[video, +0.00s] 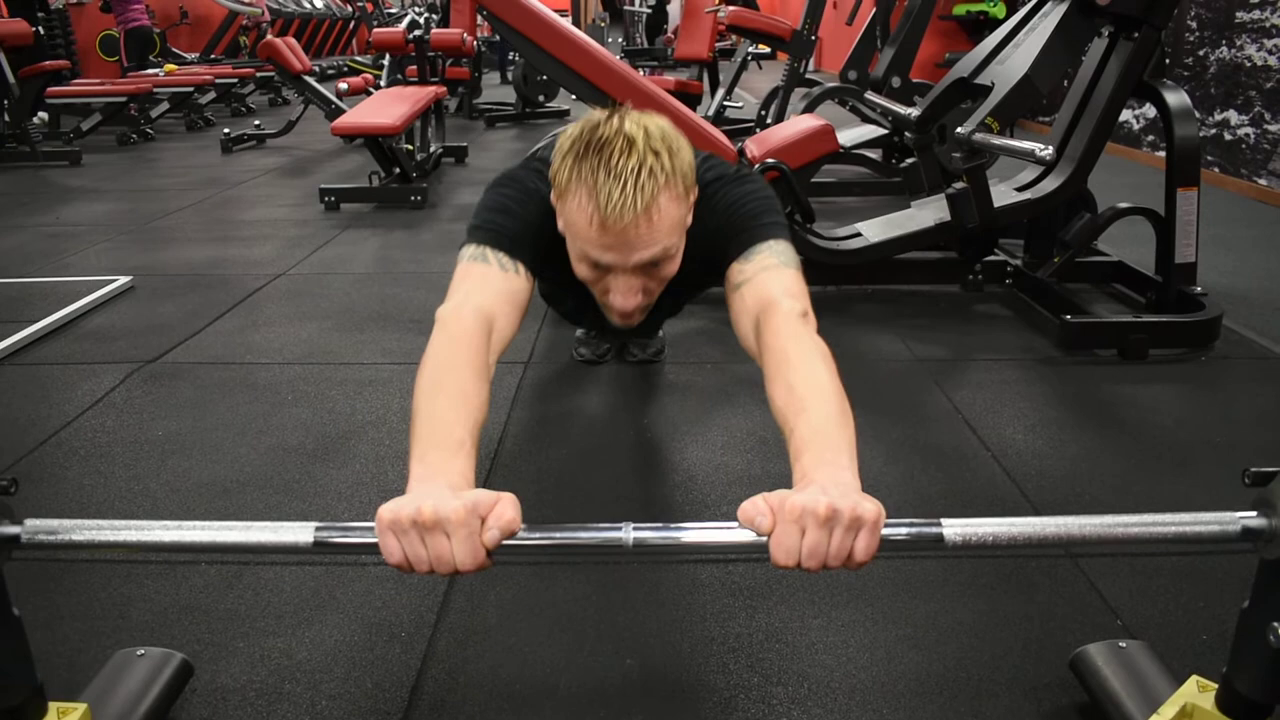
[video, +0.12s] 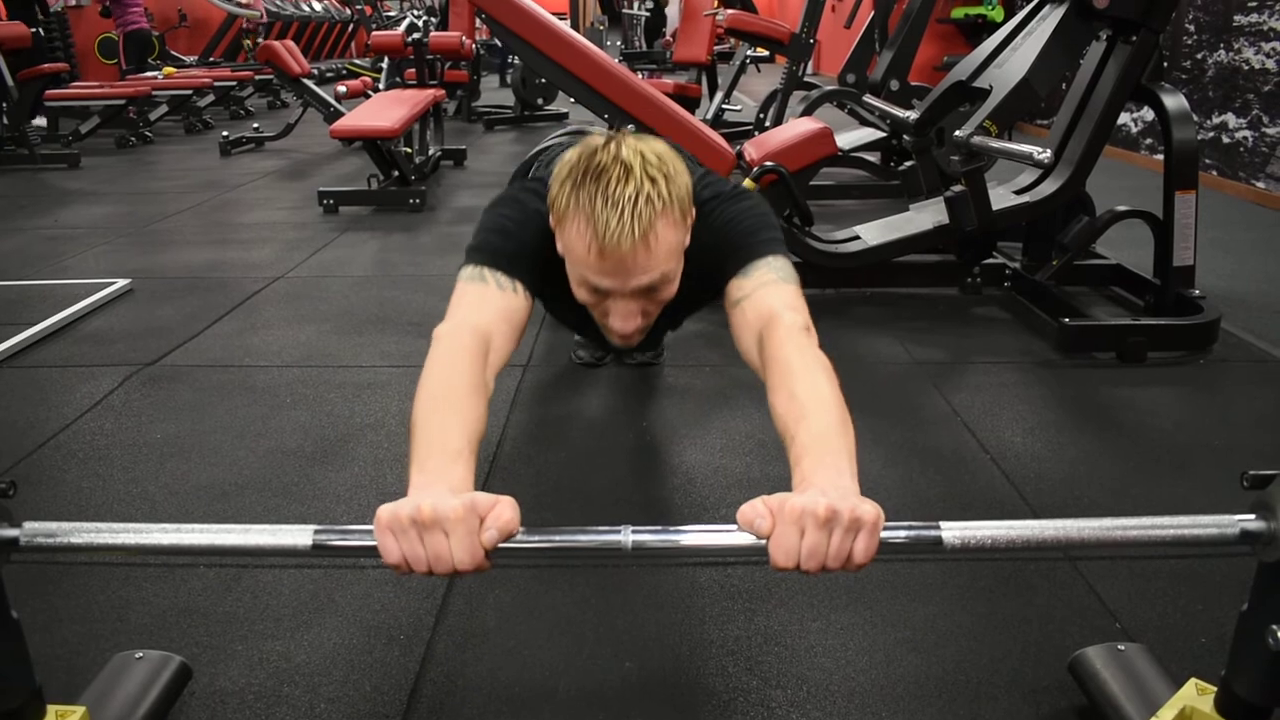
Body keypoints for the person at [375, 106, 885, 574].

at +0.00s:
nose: (626, 294)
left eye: (651, 266)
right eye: (601, 268)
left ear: (689, 209)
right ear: (559, 213)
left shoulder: (733, 197)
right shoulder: (522, 200)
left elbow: (783, 321)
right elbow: (467, 323)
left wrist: (829, 483)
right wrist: (436, 489)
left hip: (671, 295)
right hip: (568, 295)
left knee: (647, 335)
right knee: (589, 332)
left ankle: (642, 343)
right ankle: (595, 342)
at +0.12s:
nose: (625, 319)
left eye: (650, 289)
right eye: (599, 291)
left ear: (684, 234)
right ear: (560, 237)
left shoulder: (729, 211)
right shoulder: (526, 212)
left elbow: (783, 333)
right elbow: (467, 339)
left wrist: (828, 488)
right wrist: (437, 490)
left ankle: (640, 344)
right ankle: (589, 342)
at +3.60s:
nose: (613, 120)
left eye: (642, 81)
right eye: (581, 84)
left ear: (681, 55)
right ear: (542, 62)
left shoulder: (729, 97)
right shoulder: (503, 97)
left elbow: (783, 242)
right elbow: (456, 247)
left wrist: (820, 434)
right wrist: (439, 434)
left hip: (655, 221)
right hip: (565, 225)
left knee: (643, 253)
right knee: (584, 255)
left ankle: (640, 278)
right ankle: (596, 274)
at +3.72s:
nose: (611, 118)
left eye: (640, 79)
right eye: (578, 82)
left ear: (679, 54)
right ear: (539, 62)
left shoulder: (728, 97)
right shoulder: (502, 96)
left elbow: (781, 241)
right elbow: (455, 246)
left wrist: (819, 435)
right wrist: (438, 435)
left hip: (653, 223)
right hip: (564, 228)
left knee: (643, 254)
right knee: (583, 256)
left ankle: (639, 278)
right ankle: (594, 275)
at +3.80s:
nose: (612, 124)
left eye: (640, 85)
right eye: (579, 88)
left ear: (679, 58)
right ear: (540, 68)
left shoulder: (729, 101)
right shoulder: (502, 101)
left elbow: (781, 244)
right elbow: (454, 251)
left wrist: (820, 435)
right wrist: (438, 435)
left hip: (653, 223)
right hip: (565, 229)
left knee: (642, 254)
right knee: (583, 257)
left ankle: (640, 278)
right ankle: (595, 275)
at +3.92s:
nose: (612, 132)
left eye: (641, 93)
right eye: (578, 95)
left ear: (680, 63)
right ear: (541, 73)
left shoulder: (728, 104)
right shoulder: (502, 103)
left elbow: (780, 248)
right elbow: (453, 254)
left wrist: (819, 435)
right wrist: (438, 436)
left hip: (652, 224)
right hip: (566, 230)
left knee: (641, 255)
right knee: (583, 258)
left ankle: (638, 279)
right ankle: (594, 277)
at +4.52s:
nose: (611, 160)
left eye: (640, 123)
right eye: (580, 125)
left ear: (677, 99)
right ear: (543, 108)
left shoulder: (727, 128)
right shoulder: (504, 126)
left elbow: (782, 272)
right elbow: (452, 273)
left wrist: (824, 451)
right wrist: (438, 451)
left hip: (656, 238)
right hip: (566, 245)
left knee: (643, 266)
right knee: (584, 269)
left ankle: (642, 288)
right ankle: (597, 287)